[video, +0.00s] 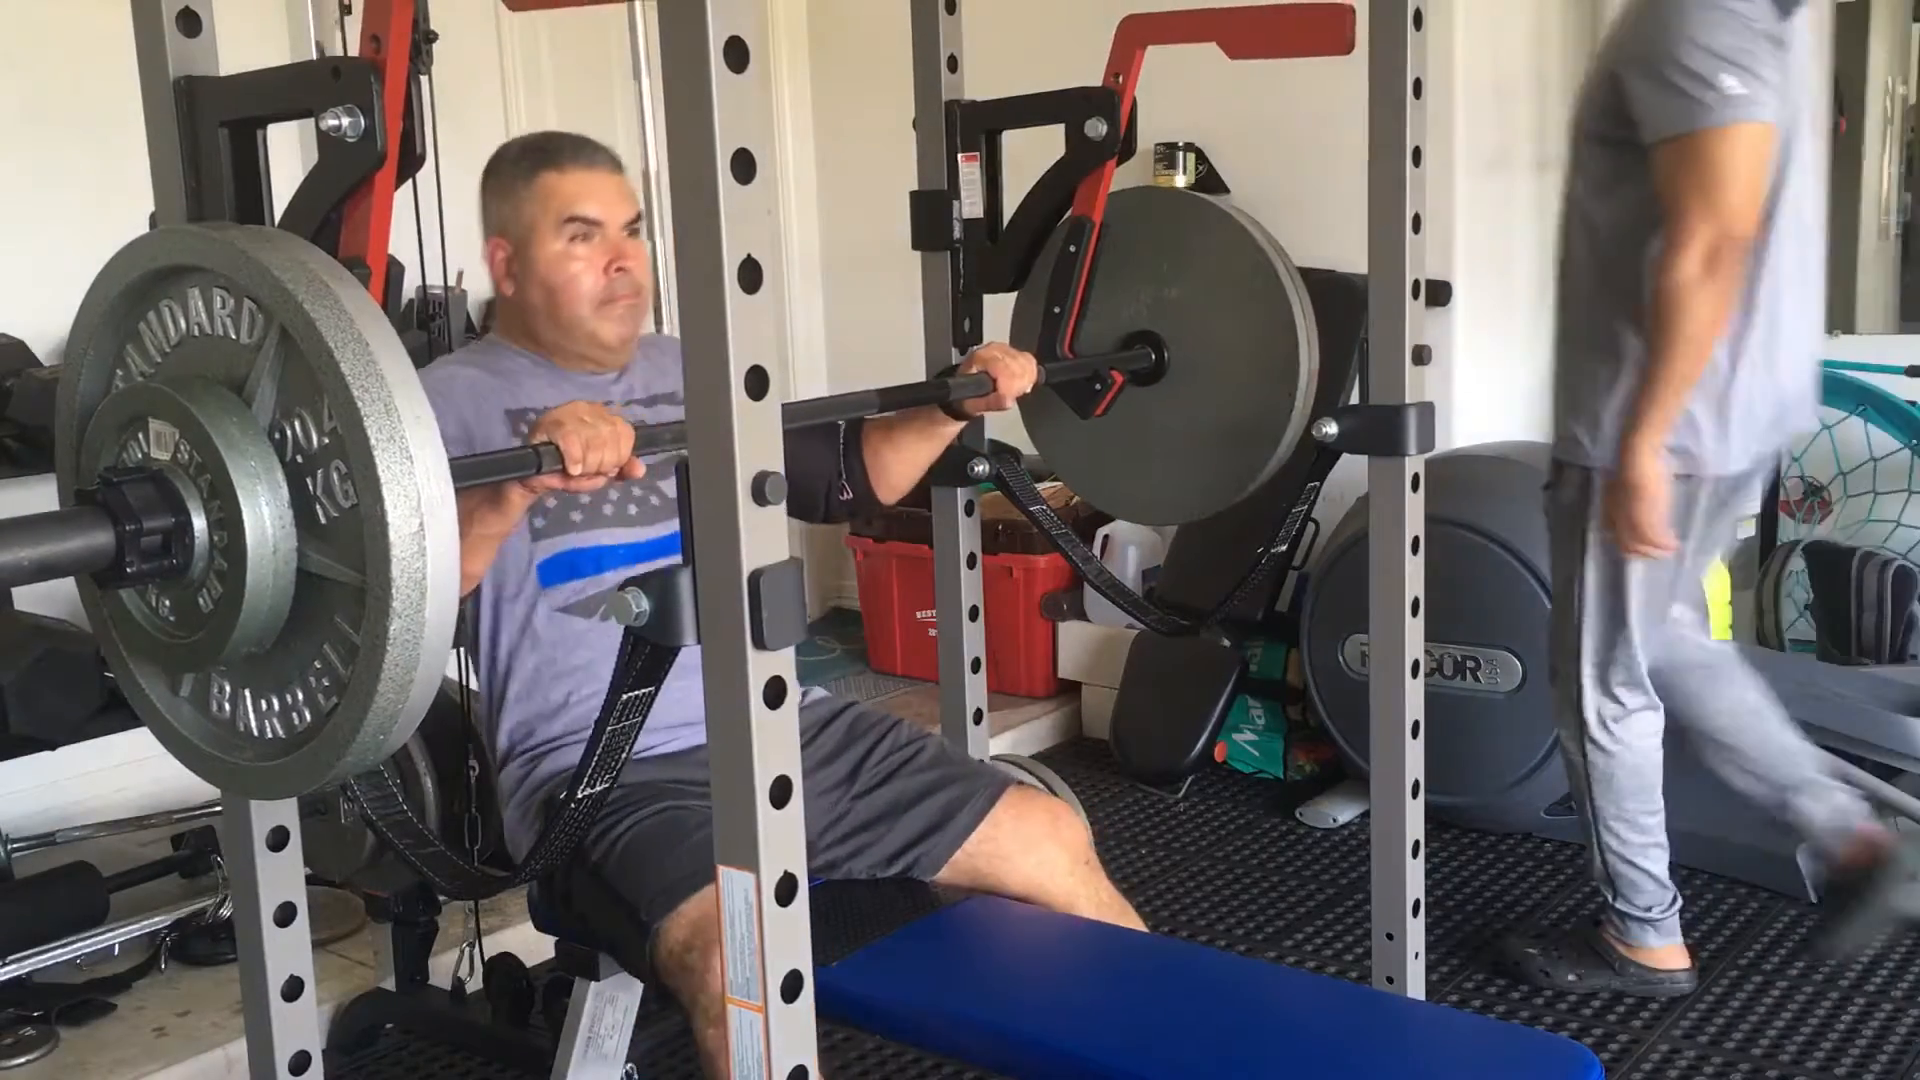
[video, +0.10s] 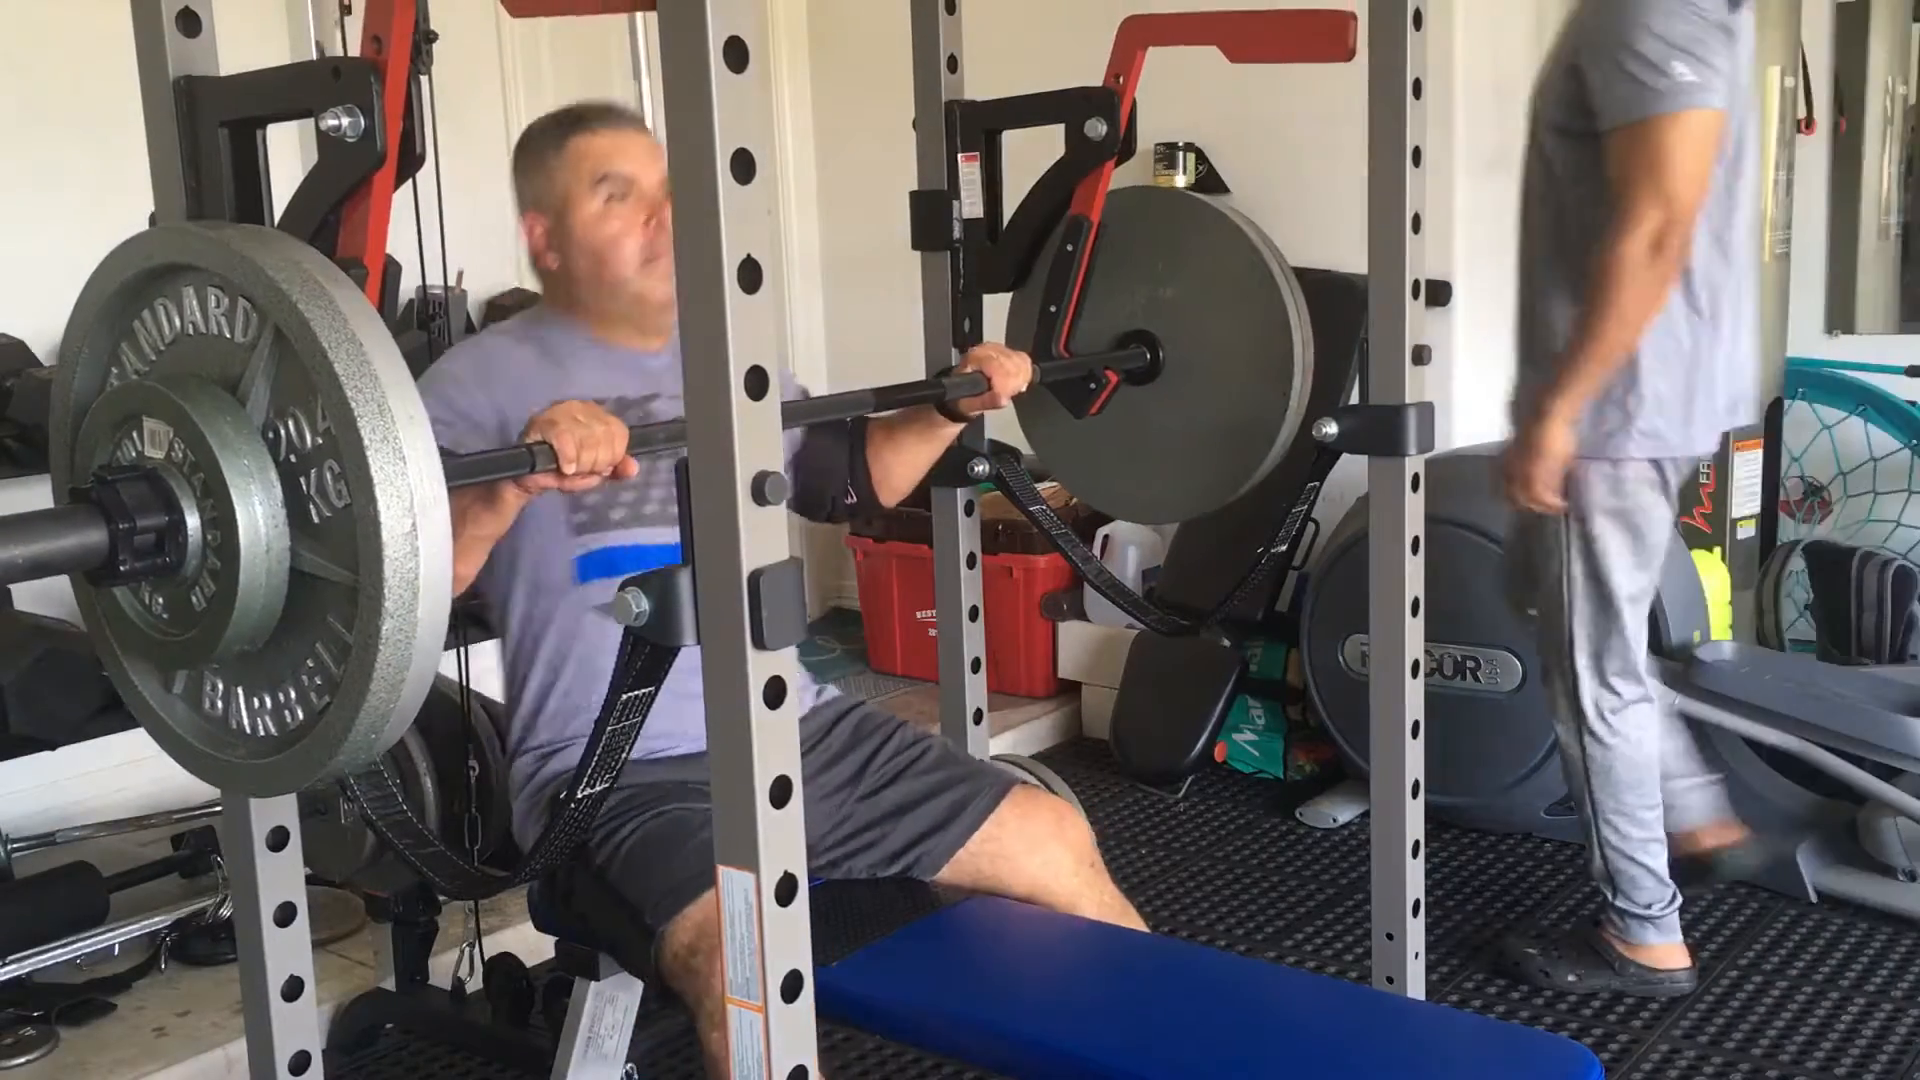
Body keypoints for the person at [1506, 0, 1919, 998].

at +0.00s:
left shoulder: (1696, 22)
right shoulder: (1757, 22)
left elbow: (1714, 237)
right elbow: (1743, 235)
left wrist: (1644, 438)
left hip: (1655, 428)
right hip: (1734, 424)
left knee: (1607, 683)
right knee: (1670, 637)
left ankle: (1643, 932)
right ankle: (1851, 839)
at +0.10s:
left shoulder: (1654, 15)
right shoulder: (1680, 19)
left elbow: (1659, 226)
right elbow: (1666, 228)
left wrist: (1557, 408)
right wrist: (1560, 397)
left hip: (1624, 417)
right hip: (1645, 408)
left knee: (1598, 675)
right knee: (1551, 594)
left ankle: (1644, 931)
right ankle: (1693, 810)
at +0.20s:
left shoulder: (1617, 16)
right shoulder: (1595, 17)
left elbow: (1617, 221)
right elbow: (1612, 225)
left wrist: (1492, 379)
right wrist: (1510, 392)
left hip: (1583, 409)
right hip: (1558, 404)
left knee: (1590, 665)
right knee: (1504, 600)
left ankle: (1647, 928)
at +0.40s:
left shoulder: (1531, 35)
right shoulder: (1475, 33)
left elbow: (1546, 240)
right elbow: (1454, 237)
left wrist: (1450, 408)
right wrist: (1375, 365)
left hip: (1504, 420)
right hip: (1466, 412)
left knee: (1518, 655)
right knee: (1437, 621)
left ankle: (1642, 910)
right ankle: (1442, 808)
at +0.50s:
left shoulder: (1491, 26)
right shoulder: (1425, 31)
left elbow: (1522, 232)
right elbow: (1382, 209)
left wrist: (1471, 416)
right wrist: (1330, 338)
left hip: (1467, 380)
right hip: (1425, 375)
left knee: (1419, 623)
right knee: (1406, 612)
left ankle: (1585, 839)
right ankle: (1444, 814)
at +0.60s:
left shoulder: (1468, 24)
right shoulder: (1363, 39)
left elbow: (1510, 215)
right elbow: (1320, 203)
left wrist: (1488, 390)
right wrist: (1260, 326)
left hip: (1414, 383)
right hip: (1357, 377)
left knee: (1324, 593)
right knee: (1411, 597)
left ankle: (1483, 802)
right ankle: (1416, 806)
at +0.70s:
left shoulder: (1442, 22)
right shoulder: (1319, 34)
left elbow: (1493, 202)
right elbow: (1274, 206)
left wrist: (1481, 376)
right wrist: (1202, 325)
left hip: (1374, 383)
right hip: (1321, 380)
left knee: (1274, 590)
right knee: (1389, 591)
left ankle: (1342, 825)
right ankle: (1441, 812)